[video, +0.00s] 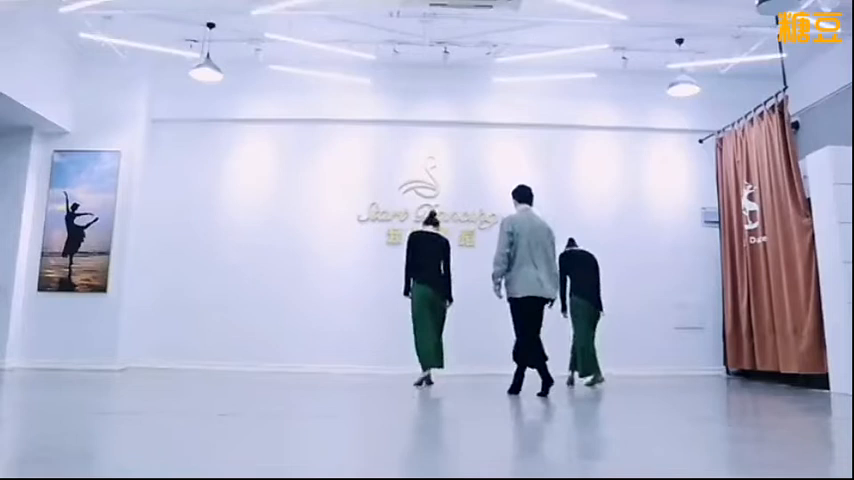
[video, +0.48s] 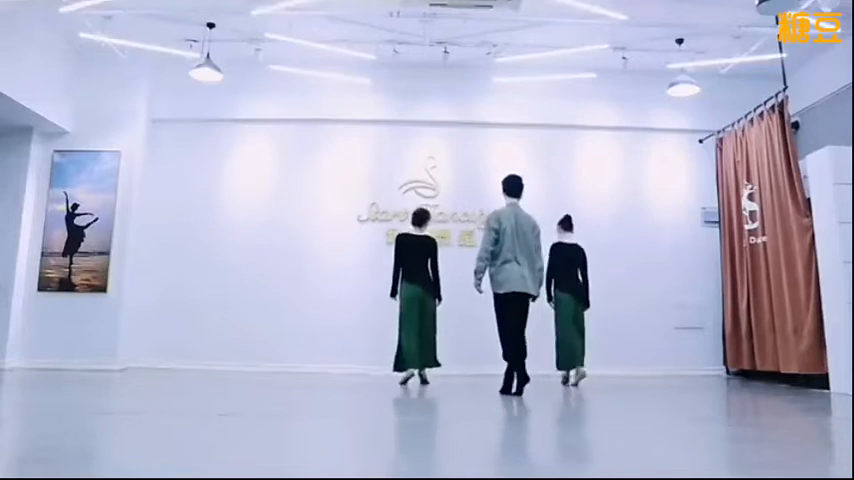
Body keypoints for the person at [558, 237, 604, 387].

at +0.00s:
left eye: (566, 248)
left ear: (566, 247)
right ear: (577, 245)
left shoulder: (565, 256)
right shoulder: (590, 256)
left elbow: (563, 282)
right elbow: (596, 284)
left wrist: (563, 305)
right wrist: (599, 305)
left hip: (577, 299)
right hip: (593, 301)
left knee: (582, 336)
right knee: (581, 336)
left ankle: (596, 372)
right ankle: (572, 371)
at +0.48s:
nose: (557, 231)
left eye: (558, 229)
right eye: (559, 229)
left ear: (559, 229)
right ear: (572, 230)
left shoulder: (555, 248)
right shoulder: (579, 249)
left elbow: (550, 273)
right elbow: (584, 276)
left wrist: (549, 294)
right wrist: (586, 298)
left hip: (561, 292)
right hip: (577, 293)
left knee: (564, 330)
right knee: (577, 330)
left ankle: (567, 369)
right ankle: (578, 366)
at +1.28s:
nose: (546, 230)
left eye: (545, 227)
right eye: (550, 227)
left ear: (542, 228)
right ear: (556, 229)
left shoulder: (535, 248)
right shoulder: (561, 249)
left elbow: (531, 273)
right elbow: (566, 275)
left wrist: (529, 293)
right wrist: (568, 296)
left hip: (541, 292)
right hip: (558, 293)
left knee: (544, 330)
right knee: (556, 330)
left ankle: (550, 367)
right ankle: (552, 367)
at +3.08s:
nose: (522, 234)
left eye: (522, 232)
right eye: (525, 232)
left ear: (521, 234)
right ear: (536, 234)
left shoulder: (515, 254)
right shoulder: (542, 255)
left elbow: (511, 280)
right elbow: (548, 281)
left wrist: (511, 302)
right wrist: (551, 302)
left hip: (522, 299)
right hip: (540, 299)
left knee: (526, 335)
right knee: (542, 334)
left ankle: (537, 369)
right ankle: (542, 371)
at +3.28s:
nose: (512, 239)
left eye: (512, 236)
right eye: (515, 236)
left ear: (514, 238)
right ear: (527, 239)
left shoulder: (508, 259)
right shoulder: (534, 258)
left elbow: (505, 285)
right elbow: (547, 277)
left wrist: (504, 306)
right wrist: (559, 293)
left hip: (518, 303)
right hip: (535, 303)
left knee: (513, 337)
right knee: (538, 339)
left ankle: (513, 369)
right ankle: (538, 377)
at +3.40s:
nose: (503, 232)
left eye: (503, 230)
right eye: (504, 229)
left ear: (506, 230)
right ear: (518, 230)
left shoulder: (500, 249)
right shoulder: (525, 248)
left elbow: (494, 274)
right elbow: (542, 256)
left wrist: (492, 295)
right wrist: (553, 263)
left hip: (506, 296)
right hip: (524, 297)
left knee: (499, 332)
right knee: (531, 334)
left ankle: (489, 367)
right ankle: (537, 371)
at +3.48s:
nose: (499, 229)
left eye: (499, 227)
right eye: (500, 227)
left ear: (500, 227)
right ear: (514, 228)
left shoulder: (495, 245)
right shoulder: (521, 244)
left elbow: (489, 270)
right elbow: (538, 250)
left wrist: (486, 292)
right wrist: (547, 254)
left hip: (500, 292)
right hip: (518, 293)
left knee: (494, 329)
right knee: (525, 330)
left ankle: (484, 367)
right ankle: (534, 370)